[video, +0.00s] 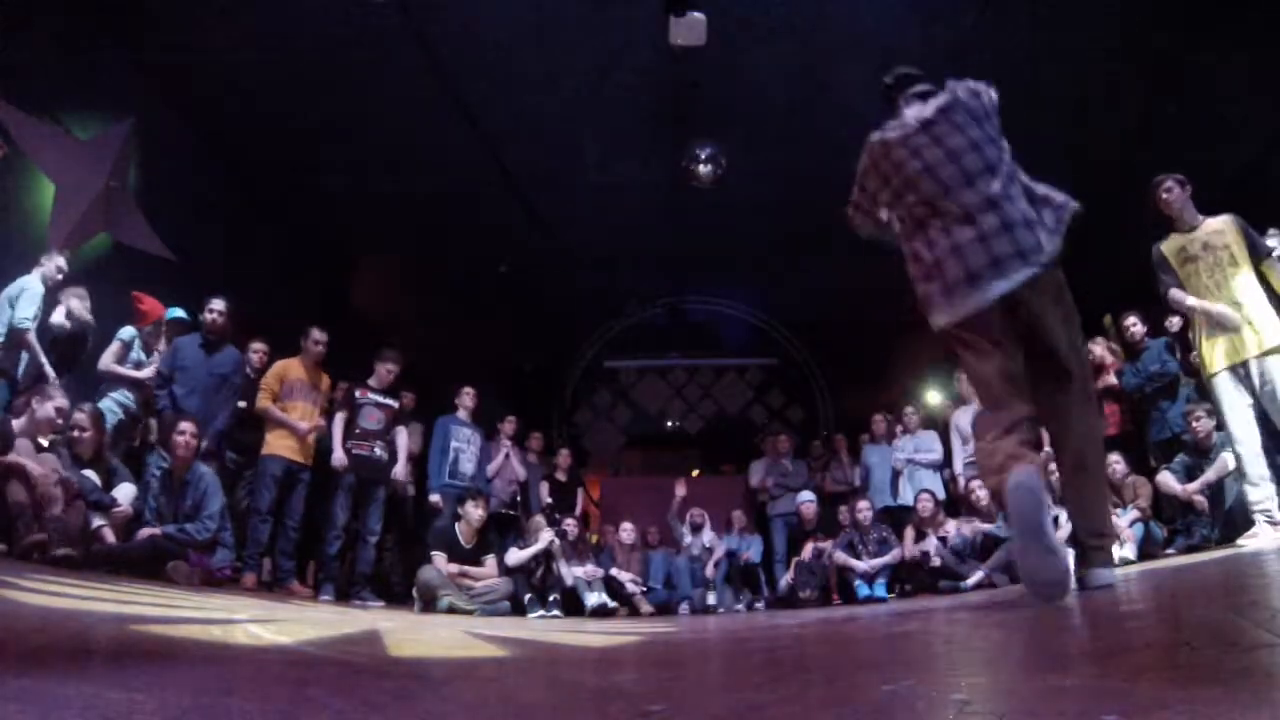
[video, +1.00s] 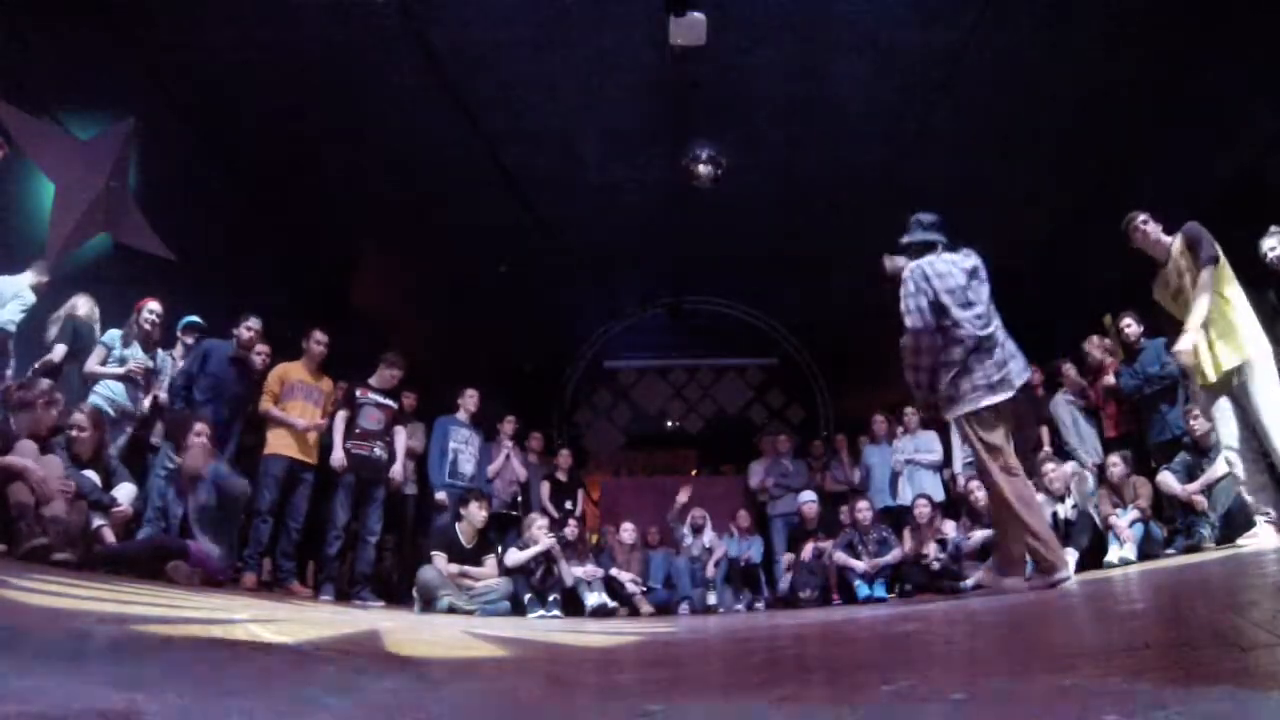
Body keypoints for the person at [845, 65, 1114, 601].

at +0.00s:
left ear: (890, 105)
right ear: (931, 84)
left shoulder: (881, 149)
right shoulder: (971, 97)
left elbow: (861, 217)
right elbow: (984, 98)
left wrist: (908, 234)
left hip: (958, 292)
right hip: (1029, 263)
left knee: (1002, 409)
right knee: (1071, 396)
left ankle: (1021, 484)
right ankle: (1095, 551)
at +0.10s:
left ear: (903, 123)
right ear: (944, 103)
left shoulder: (895, 168)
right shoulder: (988, 117)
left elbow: (883, 245)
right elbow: (1011, 155)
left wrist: (922, 287)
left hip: (972, 304)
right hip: (1042, 274)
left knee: (1007, 411)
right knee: (1070, 404)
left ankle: (1028, 479)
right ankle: (1094, 555)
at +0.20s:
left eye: (918, 130)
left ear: (910, 138)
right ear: (951, 119)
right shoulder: (991, 134)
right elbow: (1022, 175)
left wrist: (941, 332)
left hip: (981, 316)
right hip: (1047, 289)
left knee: (1010, 426)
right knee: (1071, 414)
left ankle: (1044, 523)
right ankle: (1094, 556)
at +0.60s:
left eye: (919, 201)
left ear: (917, 200)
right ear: (955, 185)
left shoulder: (920, 235)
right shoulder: (991, 205)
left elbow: (932, 314)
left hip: (989, 358)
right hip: (1036, 334)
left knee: (1017, 463)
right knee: (1062, 424)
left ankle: (1049, 565)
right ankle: (1090, 497)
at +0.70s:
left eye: (922, 218)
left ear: (919, 216)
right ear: (955, 203)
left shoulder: (922, 247)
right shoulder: (989, 221)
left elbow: (928, 315)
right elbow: (1003, 276)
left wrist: (940, 368)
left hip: (983, 369)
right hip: (1029, 349)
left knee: (1011, 470)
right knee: (1047, 443)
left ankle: (1053, 567)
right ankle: (1081, 486)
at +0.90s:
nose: (919, 247)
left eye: (918, 242)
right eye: (920, 241)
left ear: (920, 239)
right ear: (950, 231)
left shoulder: (921, 266)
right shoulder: (980, 251)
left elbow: (927, 331)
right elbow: (1002, 315)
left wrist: (927, 389)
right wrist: (1032, 367)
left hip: (972, 382)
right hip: (1012, 370)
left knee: (1004, 476)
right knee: (1022, 468)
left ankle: (1056, 558)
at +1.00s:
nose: (908, 254)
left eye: (910, 249)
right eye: (907, 249)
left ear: (916, 248)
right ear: (942, 242)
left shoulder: (915, 275)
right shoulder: (970, 260)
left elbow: (920, 334)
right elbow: (945, 271)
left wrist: (921, 388)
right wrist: (907, 267)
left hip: (967, 385)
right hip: (1004, 373)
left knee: (1005, 473)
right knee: (1001, 472)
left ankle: (1053, 559)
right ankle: (1008, 564)